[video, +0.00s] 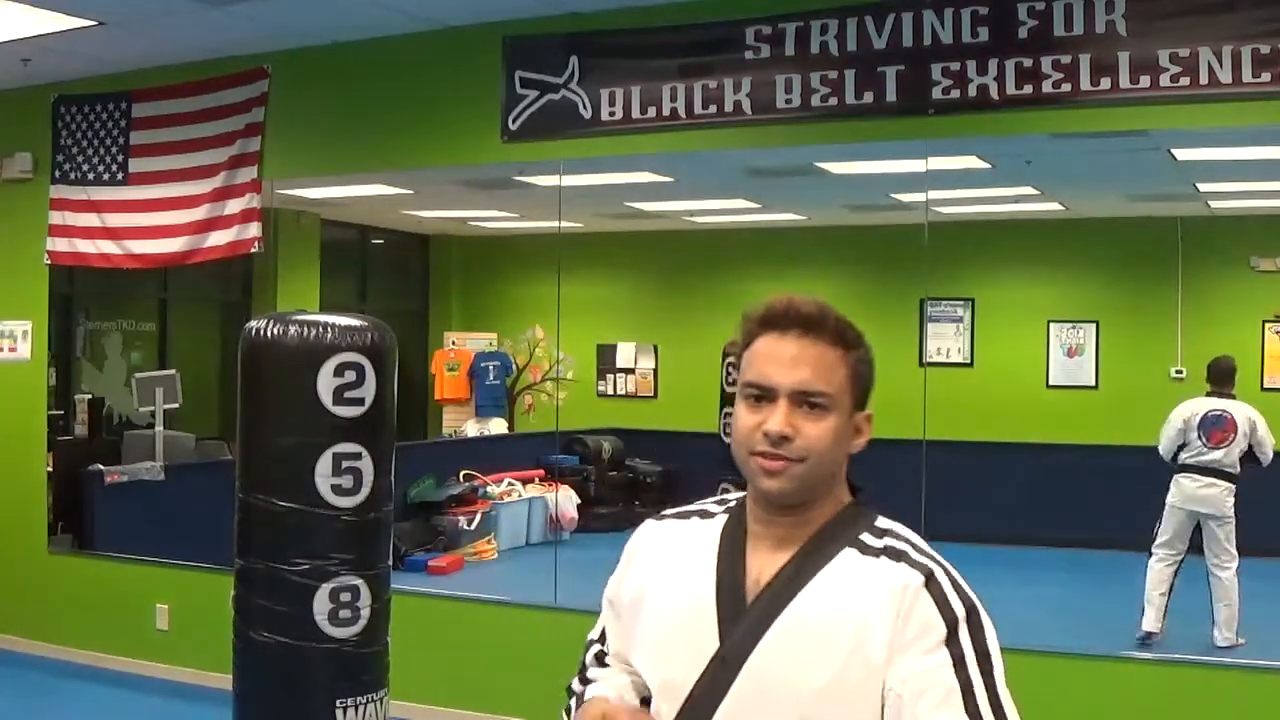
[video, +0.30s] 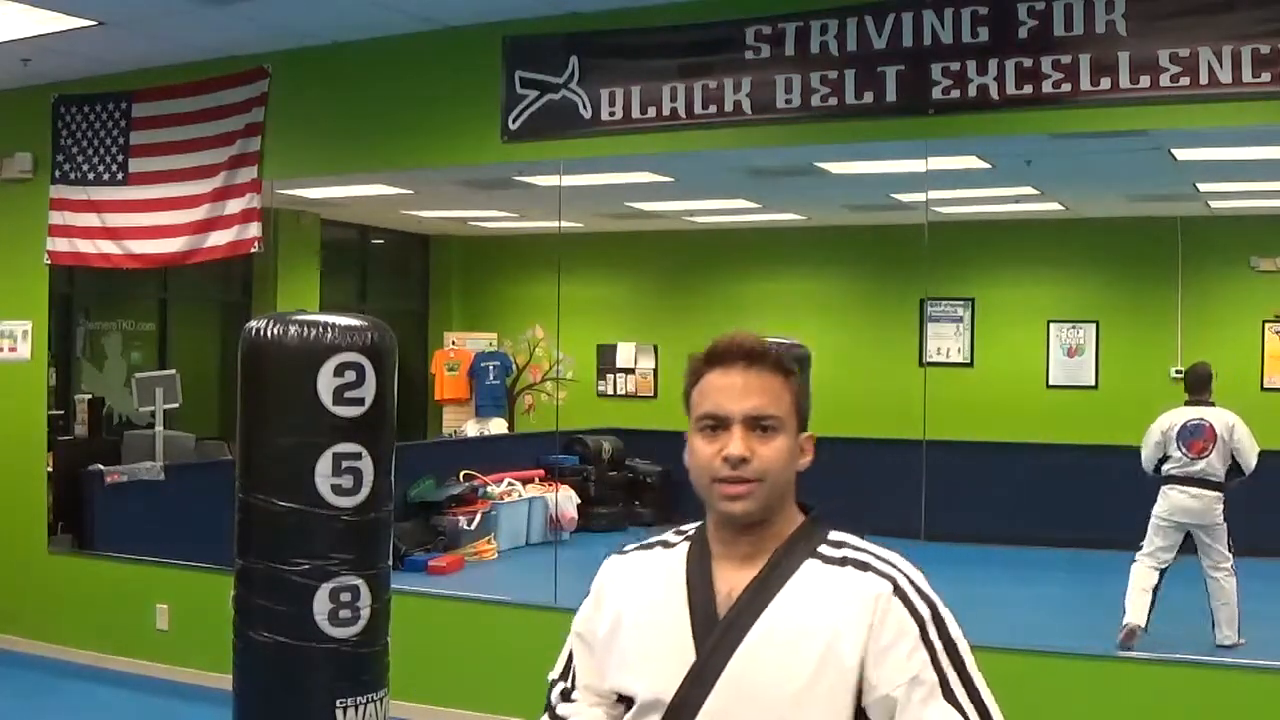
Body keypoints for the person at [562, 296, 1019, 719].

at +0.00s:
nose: (777, 426)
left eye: (811, 404)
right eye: (758, 398)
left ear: (859, 431)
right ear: (730, 415)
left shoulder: (919, 596)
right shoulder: (656, 547)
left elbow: (979, 715)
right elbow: (603, 682)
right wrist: (605, 707)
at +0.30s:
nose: (734, 452)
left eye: (761, 428)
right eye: (712, 429)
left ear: (803, 450)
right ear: (688, 448)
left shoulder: (882, 595)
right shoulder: (622, 581)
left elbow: (965, 717)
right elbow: (571, 708)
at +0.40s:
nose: (700, 467)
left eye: (726, 445)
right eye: (679, 446)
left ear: (767, 467)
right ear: (657, 463)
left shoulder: (843, 604)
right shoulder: (600, 595)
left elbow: (922, 715)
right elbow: (550, 709)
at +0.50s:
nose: (667, 461)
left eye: (690, 441)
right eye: (647, 442)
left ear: (731, 461)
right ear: (626, 462)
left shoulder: (802, 589)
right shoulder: (575, 585)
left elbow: (867, 716)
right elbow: (526, 703)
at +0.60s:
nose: (651, 413)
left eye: (671, 393)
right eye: (631, 395)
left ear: (710, 408)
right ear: (609, 409)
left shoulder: (784, 525)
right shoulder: (563, 530)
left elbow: (849, 655)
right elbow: (502, 647)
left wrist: (747, 706)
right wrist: (530, 687)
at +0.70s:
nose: (644, 353)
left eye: (665, 336)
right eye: (626, 338)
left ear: (701, 356)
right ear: (605, 358)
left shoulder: (772, 459)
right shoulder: (562, 473)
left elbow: (852, 581)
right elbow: (515, 586)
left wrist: (747, 640)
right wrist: (541, 625)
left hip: (740, 709)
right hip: (614, 709)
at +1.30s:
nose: (696, 366)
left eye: (718, 352)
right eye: (681, 349)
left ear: (749, 375)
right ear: (659, 365)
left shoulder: (801, 474)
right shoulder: (602, 476)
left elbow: (874, 589)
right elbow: (558, 581)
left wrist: (780, 628)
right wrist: (580, 619)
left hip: (759, 707)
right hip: (640, 708)